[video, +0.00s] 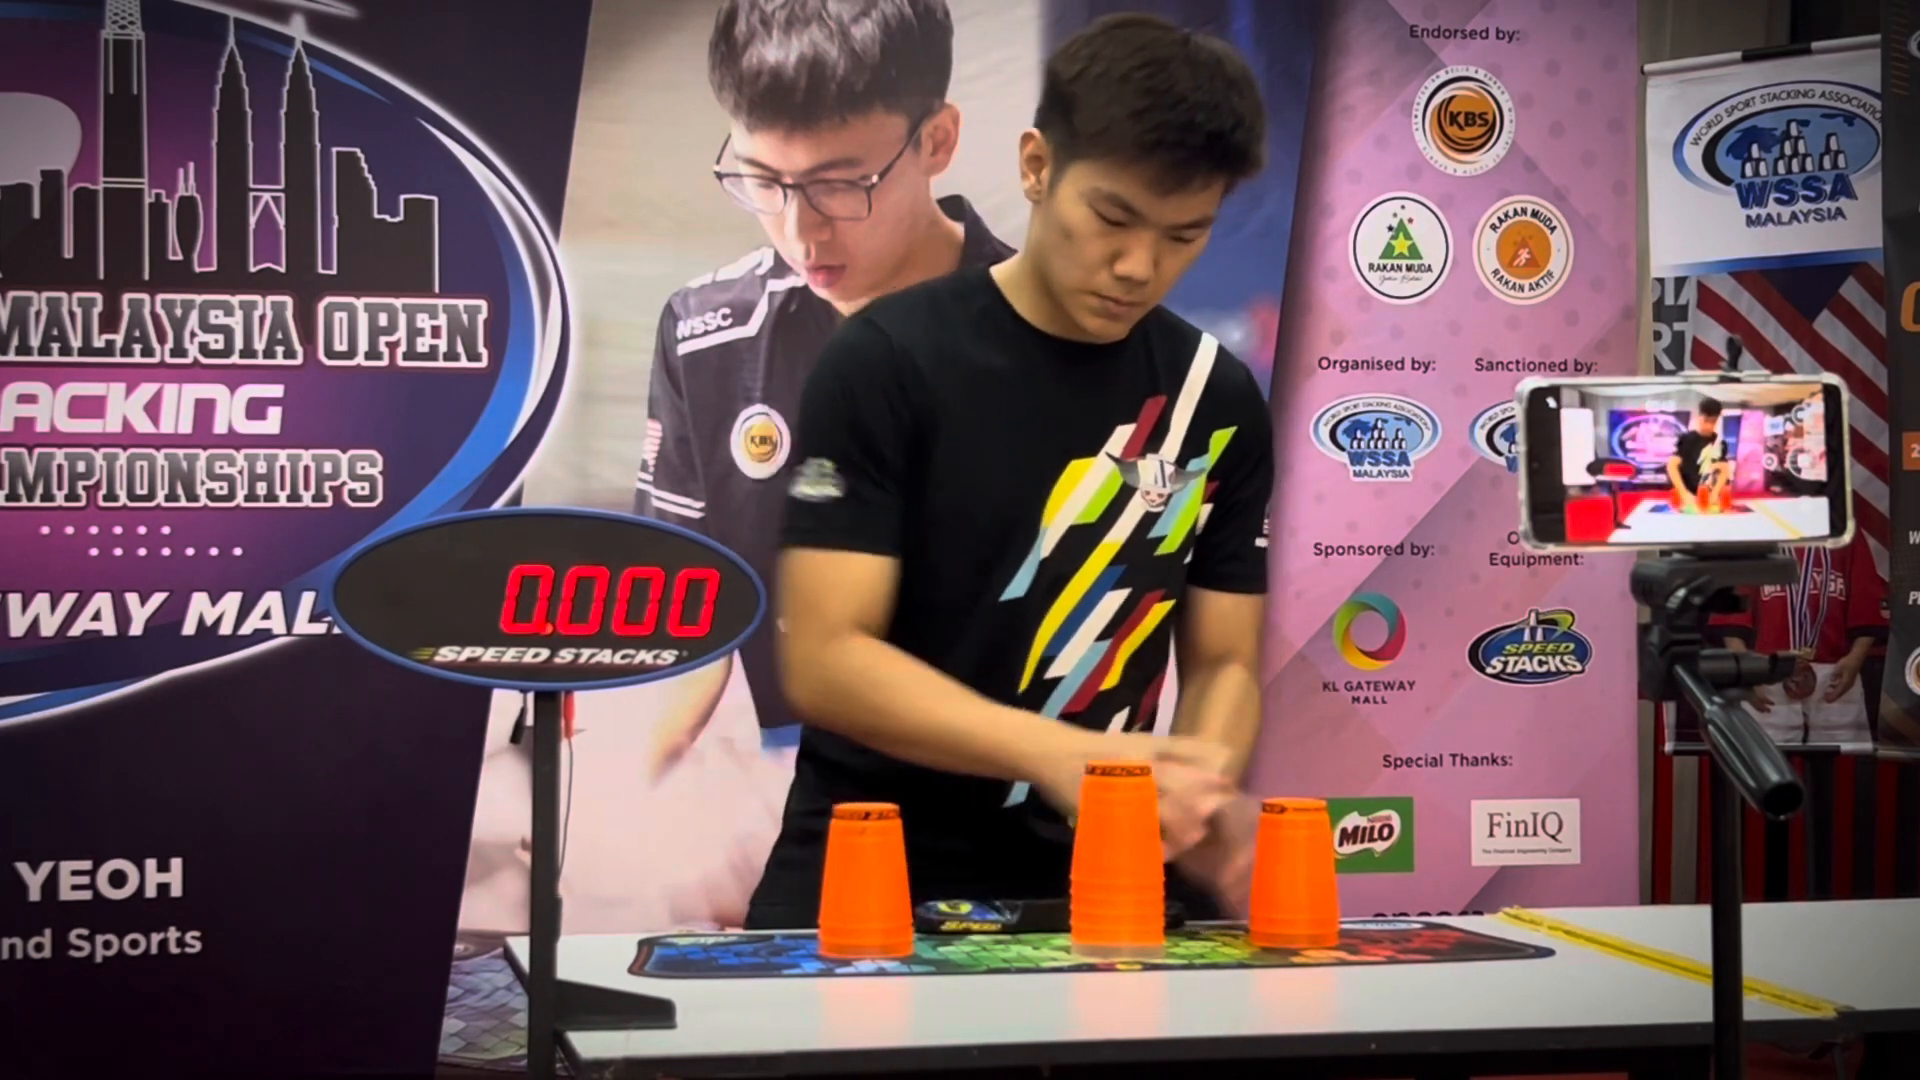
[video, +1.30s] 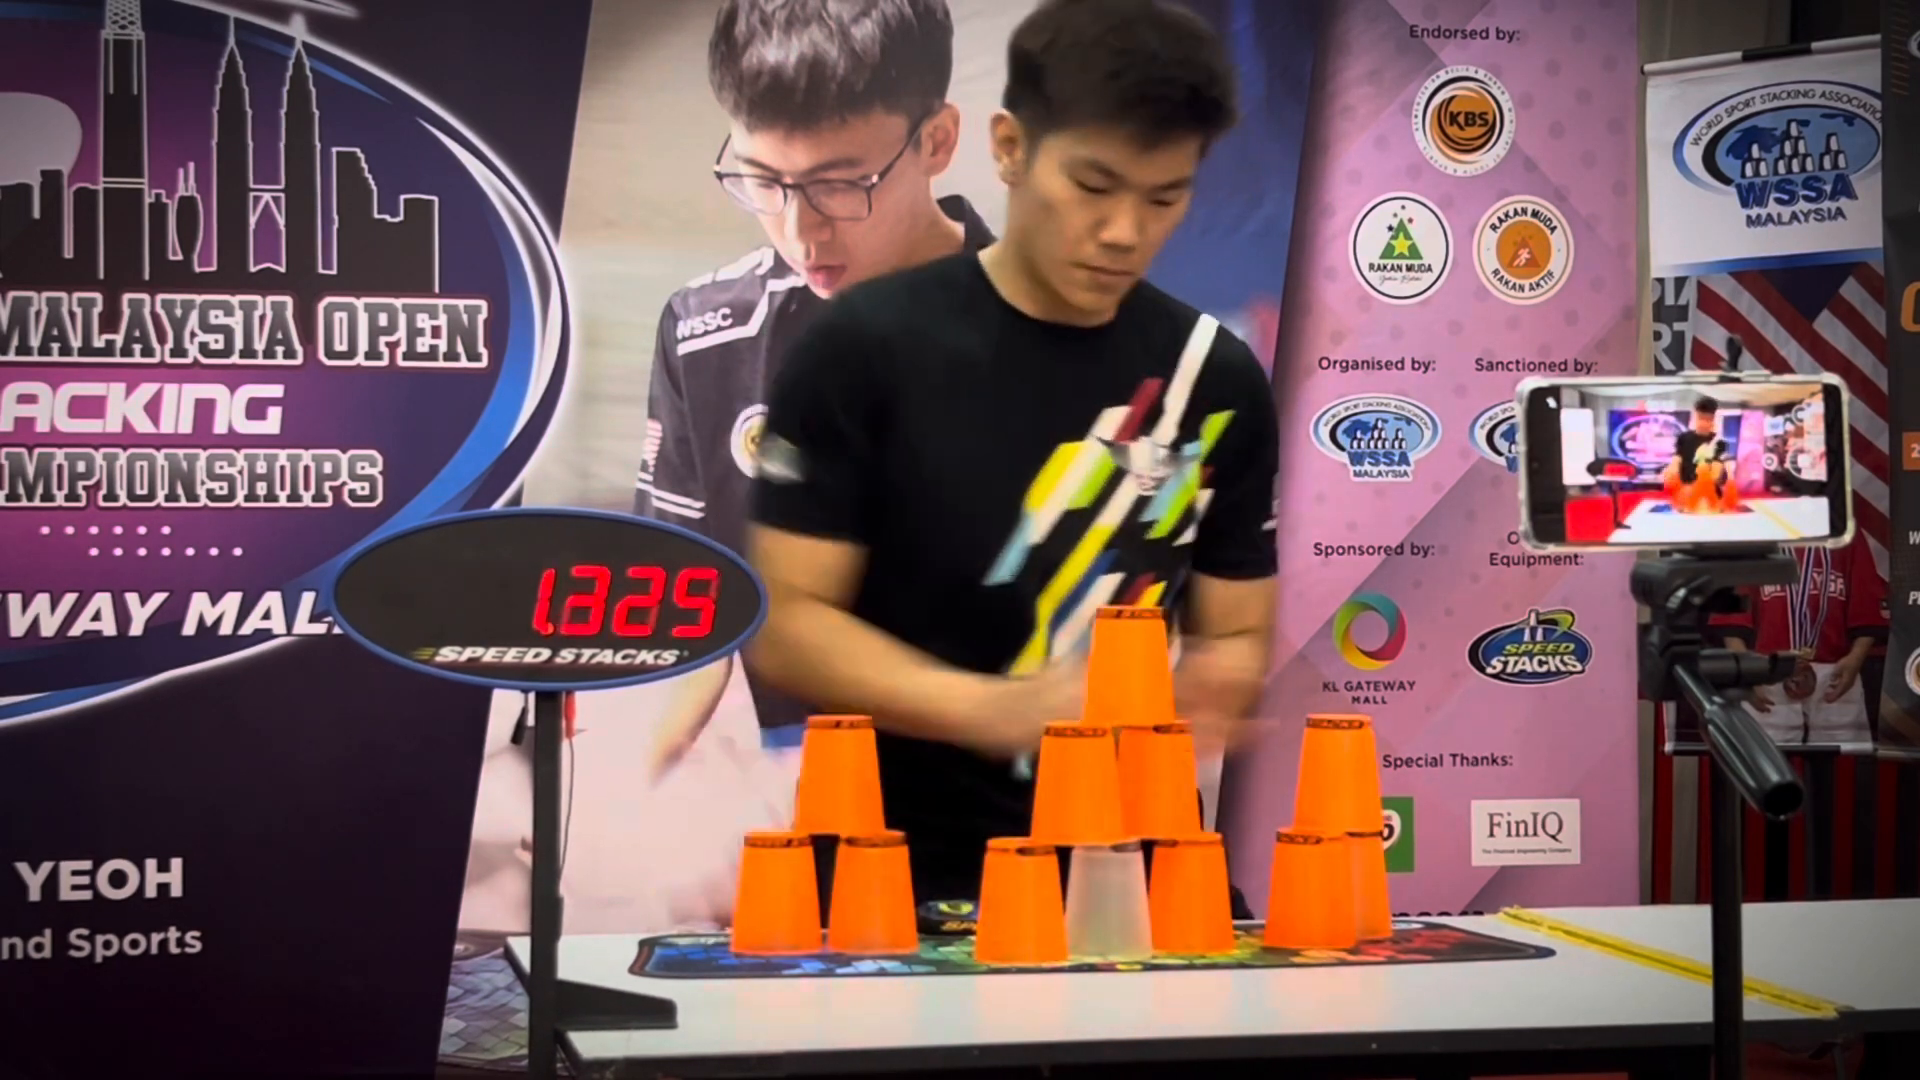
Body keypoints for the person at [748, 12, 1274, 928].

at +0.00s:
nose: (1139, 268)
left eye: (1183, 236)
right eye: (1112, 216)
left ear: (1215, 217)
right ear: (1034, 170)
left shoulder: (1220, 404)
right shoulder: (887, 359)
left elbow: (1223, 662)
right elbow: (820, 659)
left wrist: (1190, 787)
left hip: (1086, 905)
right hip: (865, 894)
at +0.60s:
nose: (1139, 246)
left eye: (1184, 211)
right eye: (1111, 192)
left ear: (1217, 198)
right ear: (1037, 155)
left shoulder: (1229, 405)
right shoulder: (885, 353)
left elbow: (1227, 673)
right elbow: (812, 635)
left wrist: (1184, 763)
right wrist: (927, 745)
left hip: (1116, 892)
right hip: (874, 885)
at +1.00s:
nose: (1089, 235)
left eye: (1136, 204)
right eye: (1062, 183)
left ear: (1182, 194)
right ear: (1002, 146)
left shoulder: (1216, 396)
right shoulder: (856, 351)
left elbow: (1218, 686)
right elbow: (765, 608)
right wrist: (811, 709)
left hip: (1094, 894)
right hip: (867, 877)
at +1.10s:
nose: (1050, 228)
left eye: (1099, 196)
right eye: (1025, 176)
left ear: (1150, 187)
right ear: (969, 140)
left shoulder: (1189, 394)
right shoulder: (826, 346)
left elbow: (1181, 697)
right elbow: (740, 593)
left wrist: (1007, 749)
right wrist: (746, 679)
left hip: (1073, 895)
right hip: (841, 882)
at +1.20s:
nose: (801, 233)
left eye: (842, 183)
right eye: (763, 179)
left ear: (940, 143)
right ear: (734, 139)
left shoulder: (1029, 311)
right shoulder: (701, 331)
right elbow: (680, 574)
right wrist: (711, 706)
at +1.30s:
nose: (801, 236)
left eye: (843, 183)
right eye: (764, 181)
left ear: (938, 144)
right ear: (733, 144)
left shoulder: (1033, 315)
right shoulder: (702, 331)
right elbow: (673, 566)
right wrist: (699, 653)